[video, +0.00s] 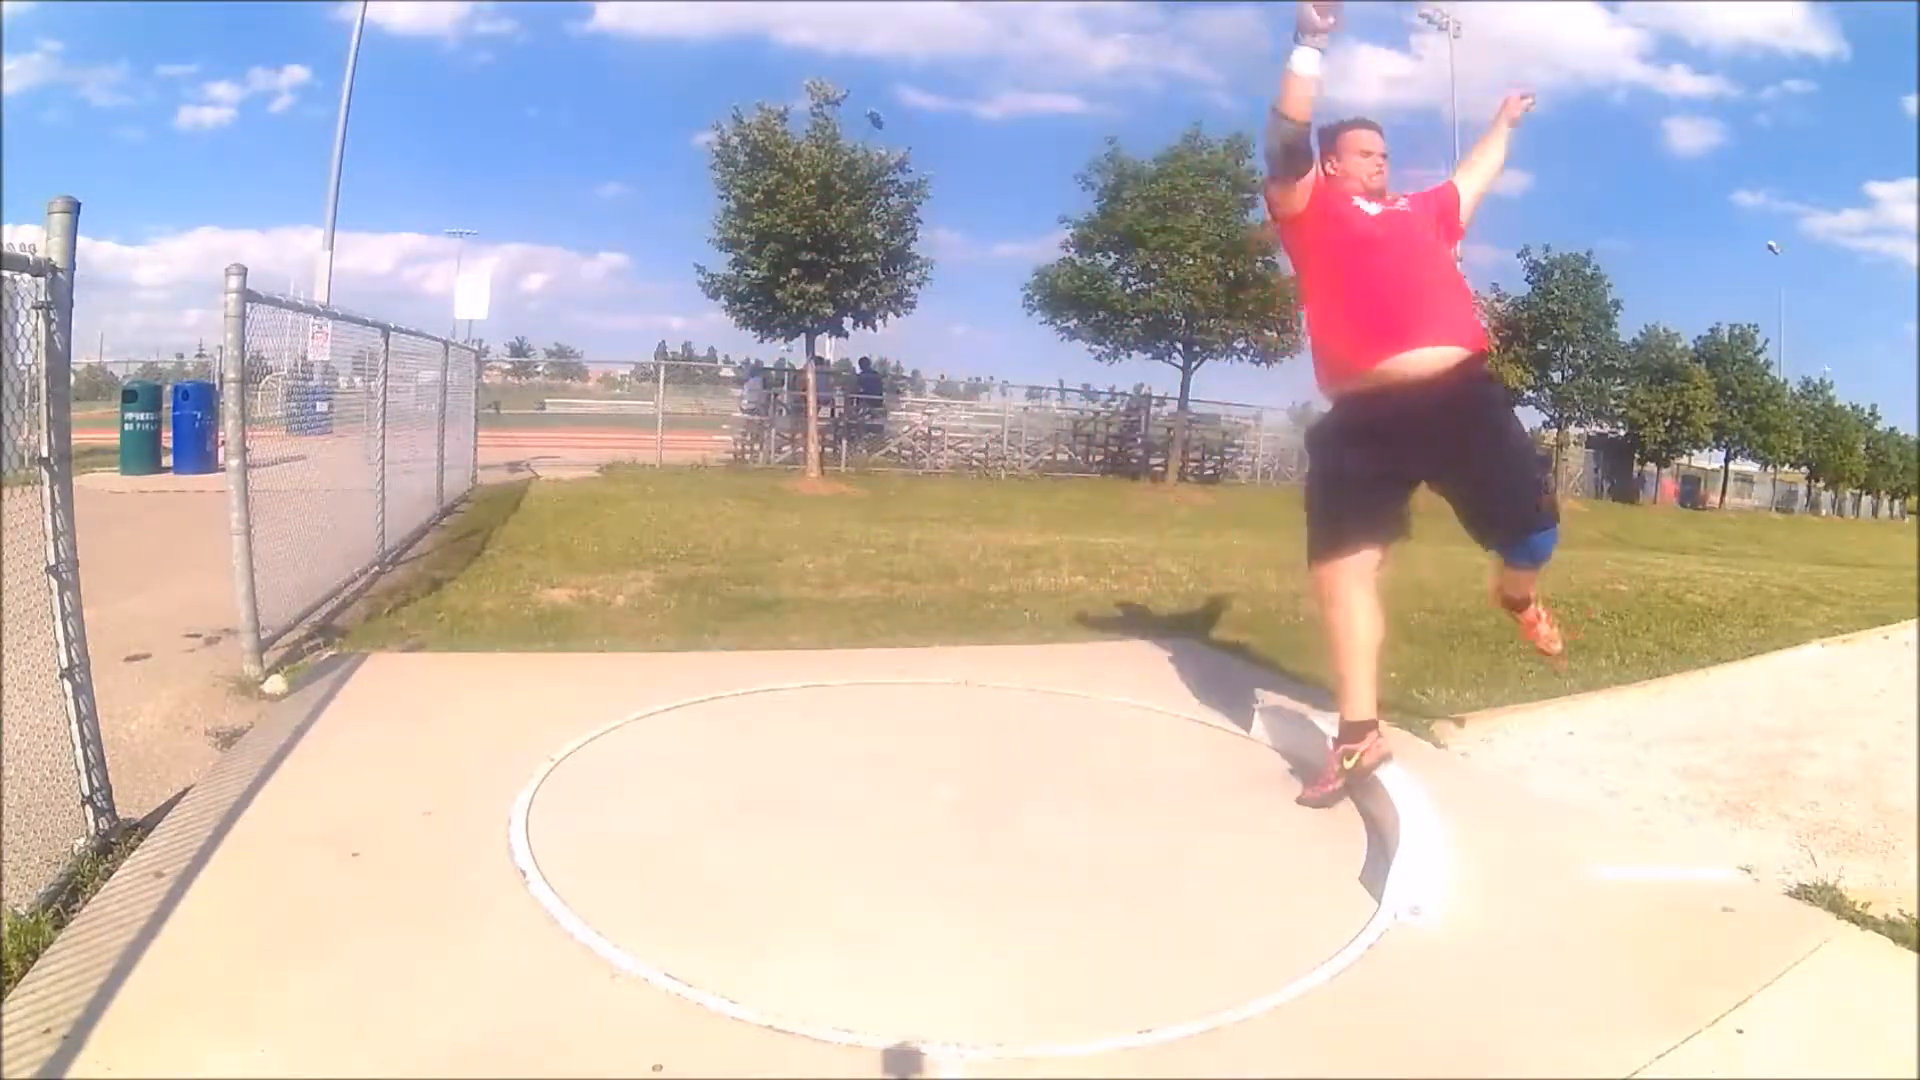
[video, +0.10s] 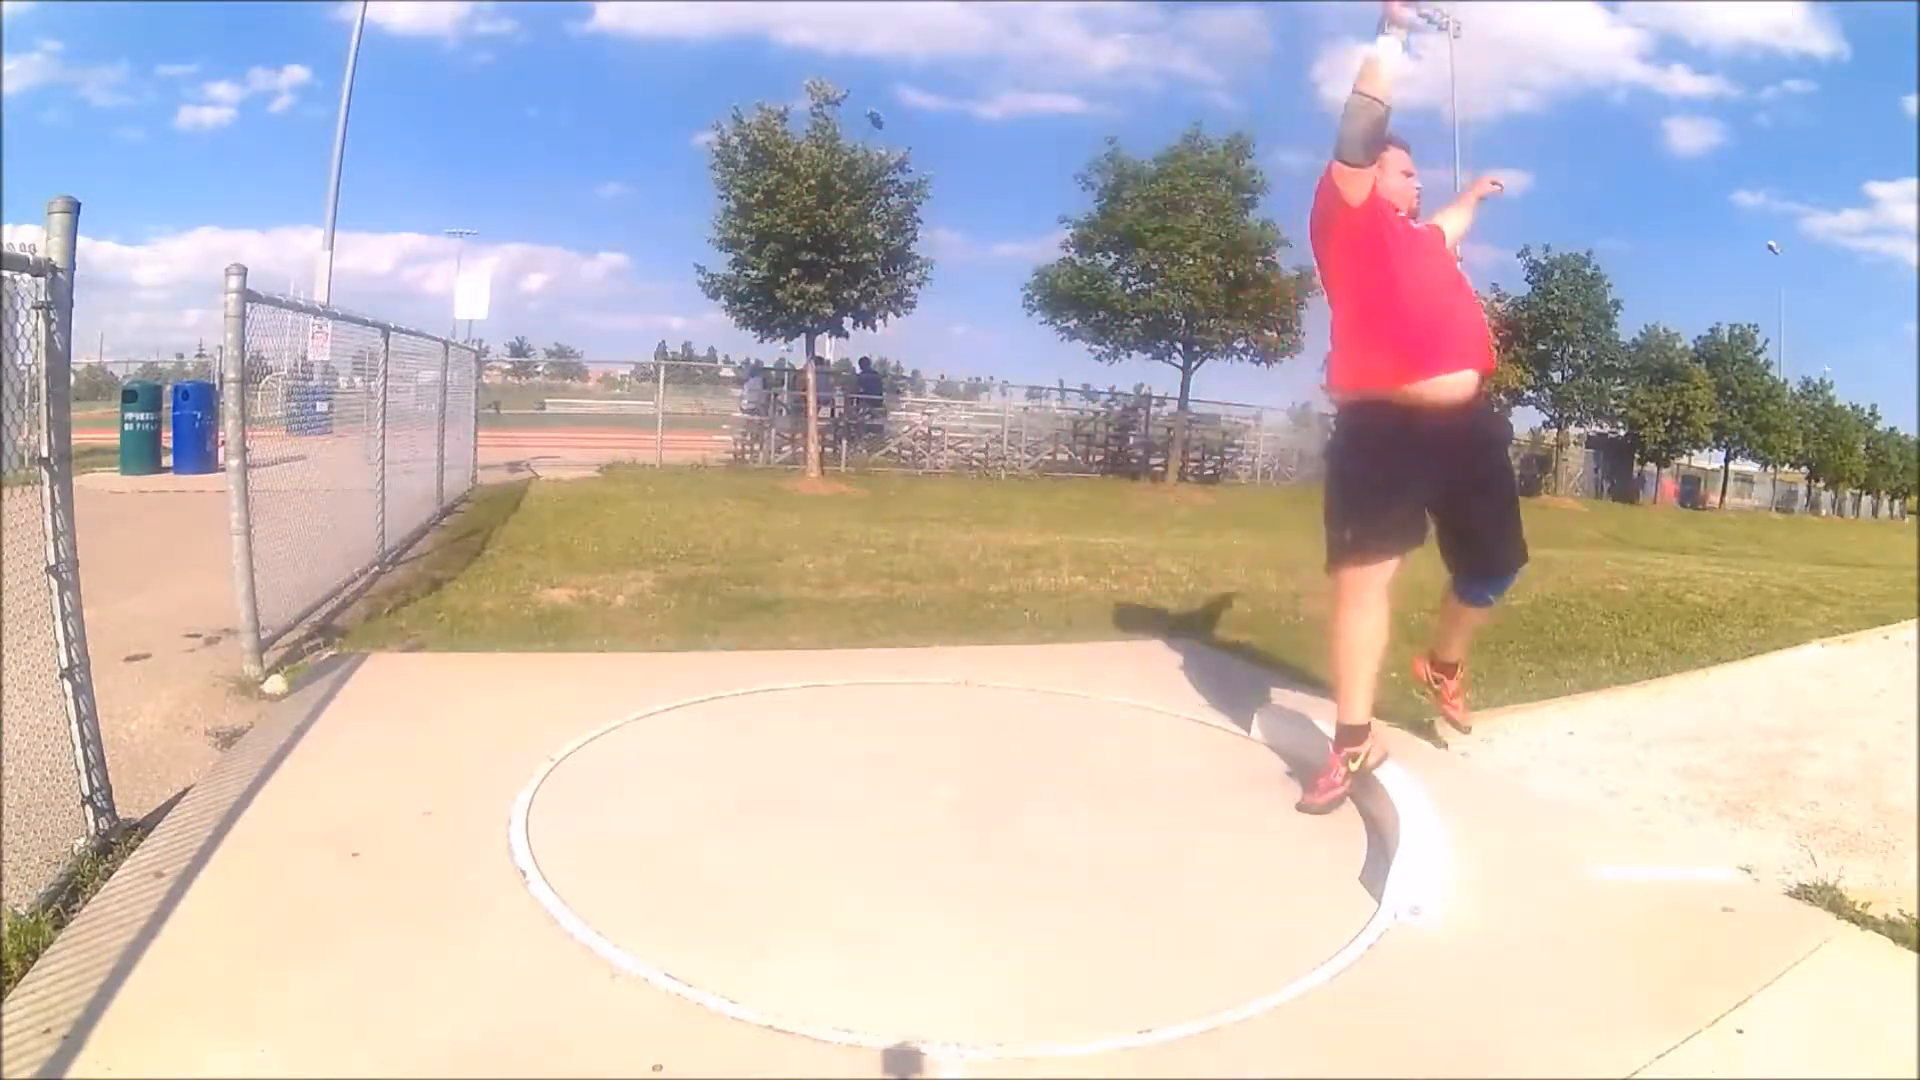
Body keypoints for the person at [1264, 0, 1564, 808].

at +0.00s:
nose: (1374, 160)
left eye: (1381, 154)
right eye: (1358, 152)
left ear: (1389, 166)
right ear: (1327, 163)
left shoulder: (1425, 210)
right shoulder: (1309, 210)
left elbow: (1478, 171)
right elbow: (1288, 142)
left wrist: (1506, 120)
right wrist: (1307, 43)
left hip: (1465, 400)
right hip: (1364, 421)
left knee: (1534, 539)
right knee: (1341, 567)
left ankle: (1514, 597)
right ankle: (1359, 728)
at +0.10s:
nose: (1414, 171)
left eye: (1417, 165)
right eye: (1400, 162)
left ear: (1414, 182)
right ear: (1364, 171)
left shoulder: (1423, 236)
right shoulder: (1344, 219)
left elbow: (1446, 231)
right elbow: (1361, 130)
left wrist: (1476, 191)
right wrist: (1391, 33)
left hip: (1469, 429)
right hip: (1379, 431)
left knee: (1488, 571)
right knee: (1360, 580)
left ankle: (1445, 663)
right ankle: (1354, 735)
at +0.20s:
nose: (1437, 192)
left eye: (1434, 184)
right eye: (1424, 182)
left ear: (1389, 197)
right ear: (1396, 189)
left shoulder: (1412, 257)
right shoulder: (1395, 227)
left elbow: (1356, 364)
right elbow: (1465, 160)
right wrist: (1502, 98)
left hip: (1454, 450)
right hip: (1403, 437)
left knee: (1445, 595)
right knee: (1400, 586)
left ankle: (1388, 708)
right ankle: (1330, 745)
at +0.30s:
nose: (1448, 213)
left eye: (1444, 204)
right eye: (1444, 204)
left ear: (1387, 212)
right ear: (1431, 204)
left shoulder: (1368, 275)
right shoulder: (1441, 240)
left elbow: (1350, 373)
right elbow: (1537, 236)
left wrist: (1355, 428)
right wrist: (1593, 210)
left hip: (1386, 434)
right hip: (1422, 434)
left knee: (1451, 582)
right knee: (1414, 584)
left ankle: (1388, 703)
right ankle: (1321, 746)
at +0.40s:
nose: (1455, 217)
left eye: (1452, 208)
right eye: (1454, 206)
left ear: (1390, 214)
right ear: (1441, 206)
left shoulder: (1361, 280)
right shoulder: (1473, 256)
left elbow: (1345, 386)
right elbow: (1550, 305)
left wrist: (1342, 454)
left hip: (1378, 437)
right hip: (1442, 438)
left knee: (1412, 577)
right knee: (1425, 589)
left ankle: (1390, 703)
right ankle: (1340, 728)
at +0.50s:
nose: (1455, 219)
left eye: (1448, 211)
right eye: (1455, 210)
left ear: (1394, 218)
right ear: (1448, 209)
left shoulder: (1355, 278)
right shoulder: (1488, 265)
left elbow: (1328, 377)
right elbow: (1528, 352)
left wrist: (1315, 458)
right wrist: (1520, 387)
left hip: (1387, 434)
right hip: (1455, 435)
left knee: (1407, 572)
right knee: (1442, 584)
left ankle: (1395, 705)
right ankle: (1353, 721)